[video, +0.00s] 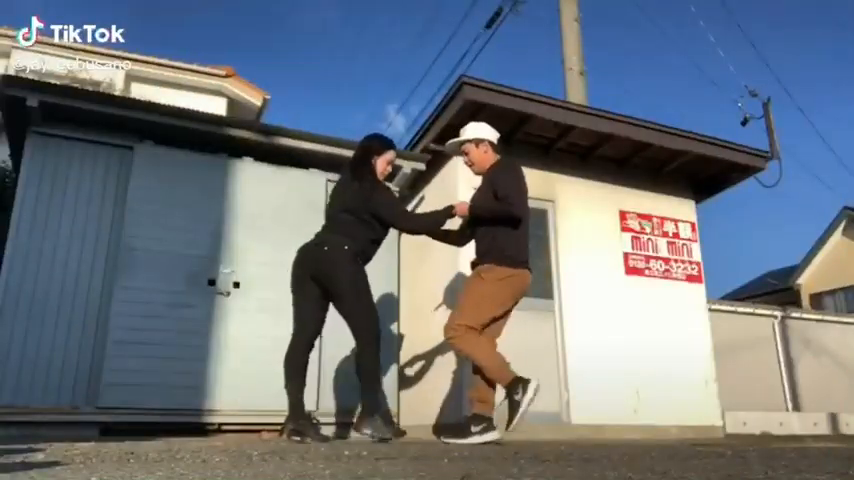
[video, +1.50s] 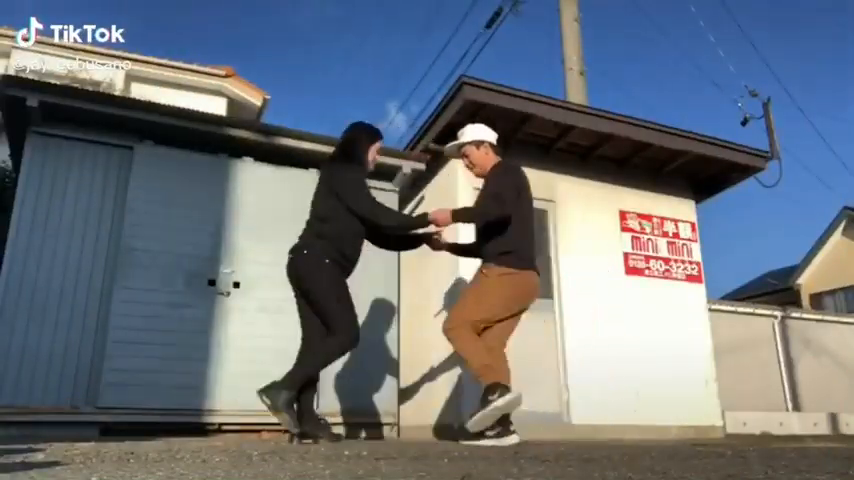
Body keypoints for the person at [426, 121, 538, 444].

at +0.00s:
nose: (465, 159)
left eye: (467, 152)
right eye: (463, 154)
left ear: (485, 146)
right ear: (482, 150)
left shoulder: (505, 170)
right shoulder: (487, 187)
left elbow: (515, 211)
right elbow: (461, 237)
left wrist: (470, 211)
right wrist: (423, 225)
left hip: (501, 270)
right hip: (503, 272)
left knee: (458, 331)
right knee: (483, 343)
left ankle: (514, 385)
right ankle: (481, 420)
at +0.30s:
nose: (488, 163)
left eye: (491, 155)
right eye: (486, 157)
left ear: (508, 150)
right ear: (504, 154)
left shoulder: (528, 178)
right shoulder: (513, 188)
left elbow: (528, 224)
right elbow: (517, 238)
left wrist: (482, 218)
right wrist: (483, 235)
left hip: (555, 267)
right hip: (528, 274)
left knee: (554, 343)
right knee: (497, 329)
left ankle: (571, 423)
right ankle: (527, 407)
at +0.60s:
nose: (510, 170)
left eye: (511, 162)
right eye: (507, 164)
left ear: (528, 154)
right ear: (527, 158)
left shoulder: (552, 176)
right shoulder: (549, 187)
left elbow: (535, 212)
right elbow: (525, 239)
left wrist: (490, 209)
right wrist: (476, 235)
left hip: (580, 270)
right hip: (584, 270)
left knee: (557, 339)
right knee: (605, 346)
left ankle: (570, 422)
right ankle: (654, 410)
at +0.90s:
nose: (509, 166)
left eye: (511, 158)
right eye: (506, 160)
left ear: (529, 150)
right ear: (523, 155)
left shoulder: (552, 177)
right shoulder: (534, 191)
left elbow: (568, 221)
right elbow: (540, 242)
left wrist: (521, 227)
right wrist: (511, 240)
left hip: (582, 269)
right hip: (557, 277)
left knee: (576, 346)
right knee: (550, 348)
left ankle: (600, 422)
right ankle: (615, 395)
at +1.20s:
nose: (490, 162)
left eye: (491, 154)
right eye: (487, 157)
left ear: (510, 147)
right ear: (500, 153)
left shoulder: (539, 170)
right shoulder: (508, 188)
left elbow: (557, 211)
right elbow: (490, 234)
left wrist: (516, 191)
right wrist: (461, 206)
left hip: (558, 272)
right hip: (525, 280)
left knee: (575, 347)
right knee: (507, 341)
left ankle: (600, 423)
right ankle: (506, 419)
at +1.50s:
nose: (465, 163)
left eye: (466, 155)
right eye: (462, 158)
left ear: (484, 147)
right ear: (486, 151)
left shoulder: (503, 174)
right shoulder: (508, 182)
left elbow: (493, 212)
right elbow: (486, 248)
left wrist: (453, 215)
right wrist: (446, 246)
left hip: (505, 272)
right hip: (522, 277)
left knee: (457, 325)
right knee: (491, 345)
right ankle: (500, 426)